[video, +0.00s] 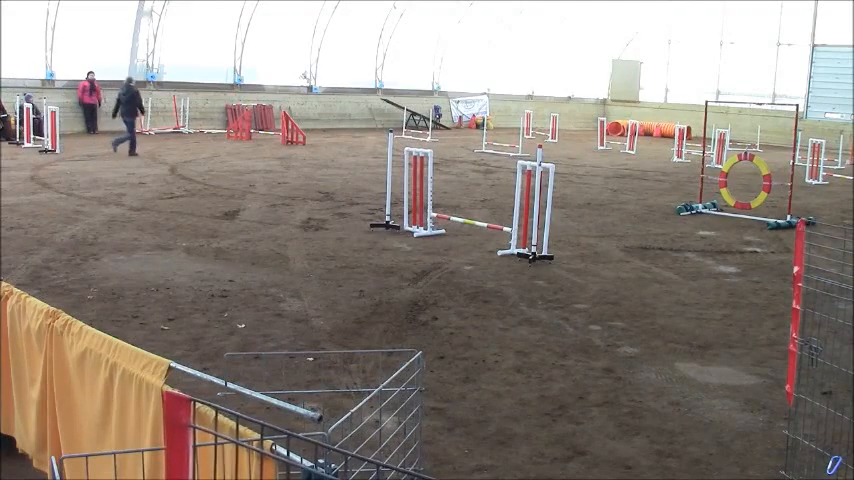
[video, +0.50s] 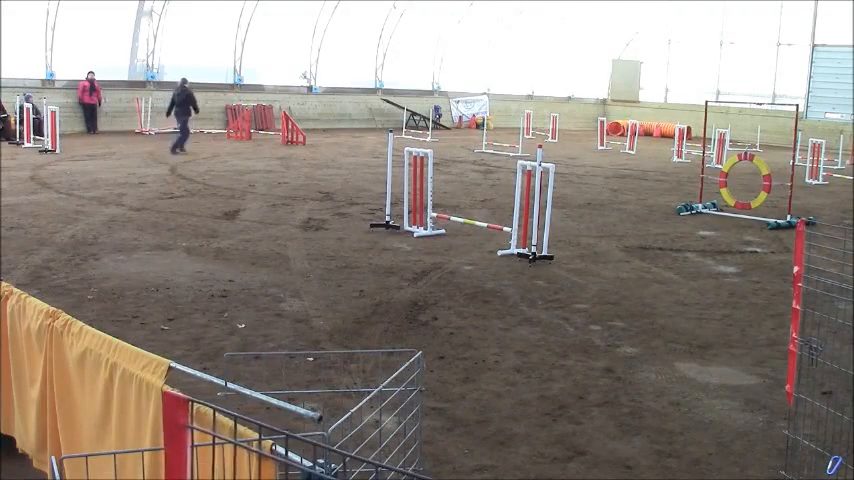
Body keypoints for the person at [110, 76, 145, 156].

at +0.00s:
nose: (133, 84)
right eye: (132, 82)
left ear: (125, 82)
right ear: (132, 83)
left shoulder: (122, 90)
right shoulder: (134, 91)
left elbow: (118, 102)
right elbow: (139, 102)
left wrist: (114, 113)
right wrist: (142, 111)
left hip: (123, 114)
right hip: (131, 114)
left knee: (131, 133)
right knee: (131, 133)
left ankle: (132, 150)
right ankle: (116, 142)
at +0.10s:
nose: (143, 84)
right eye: (143, 83)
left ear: (137, 82)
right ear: (143, 83)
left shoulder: (134, 90)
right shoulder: (145, 91)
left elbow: (130, 102)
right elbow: (147, 104)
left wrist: (127, 112)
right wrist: (151, 113)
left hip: (134, 115)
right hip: (142, 116)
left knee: (138, 132)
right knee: (147, 132)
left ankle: (134, 147)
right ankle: (136, 146)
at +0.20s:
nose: (154, 82)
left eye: (153, 81)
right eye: (154, 81)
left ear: (149, 81)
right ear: (155, 81)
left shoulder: (146, 88)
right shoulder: (155, 88)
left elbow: (141, 98)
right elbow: (155, 100)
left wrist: (140, 109)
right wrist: (158, 110)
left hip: (145, 112)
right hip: (152, 112)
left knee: (143, 130)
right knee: (159, 129)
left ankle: (135, 147)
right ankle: (160, 147)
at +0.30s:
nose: (167, 83)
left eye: (166, 81)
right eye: (166, 82)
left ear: (160, 81)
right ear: (166, 81)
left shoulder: (157, 88)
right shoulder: (166, 89)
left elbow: (153, 100)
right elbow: (166, 101)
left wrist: (152, 110)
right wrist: (170, 110)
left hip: (157, 112)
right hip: (164, 113)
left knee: (156, 131)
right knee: (168, 130)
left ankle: (143, 142)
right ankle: (171, 148)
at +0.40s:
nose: (177, 85)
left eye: (177, 84)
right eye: (177, 84)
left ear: (171, 83)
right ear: (176, 84)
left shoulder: (167, 91)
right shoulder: (177, 91)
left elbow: (163, 102)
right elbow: (180, 103)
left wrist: (160, 112)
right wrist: (185, 112)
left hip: (167, 113)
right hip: (174, 114)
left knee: (172, 133)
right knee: (178, 132)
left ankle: (159, 142)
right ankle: (173, 149)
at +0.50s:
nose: (186, 85)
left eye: (185, 83)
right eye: (186, 83)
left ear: (180, 83)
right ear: (186, 83)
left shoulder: (176, 91)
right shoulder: (188, 91)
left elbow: (172, 102)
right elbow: (193, 101)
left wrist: (168, 111)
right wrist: (196, 109)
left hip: (177, 112)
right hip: (185, 112)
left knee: (184, 130)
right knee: (184, 132)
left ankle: (181, 146)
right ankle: (174, 147)